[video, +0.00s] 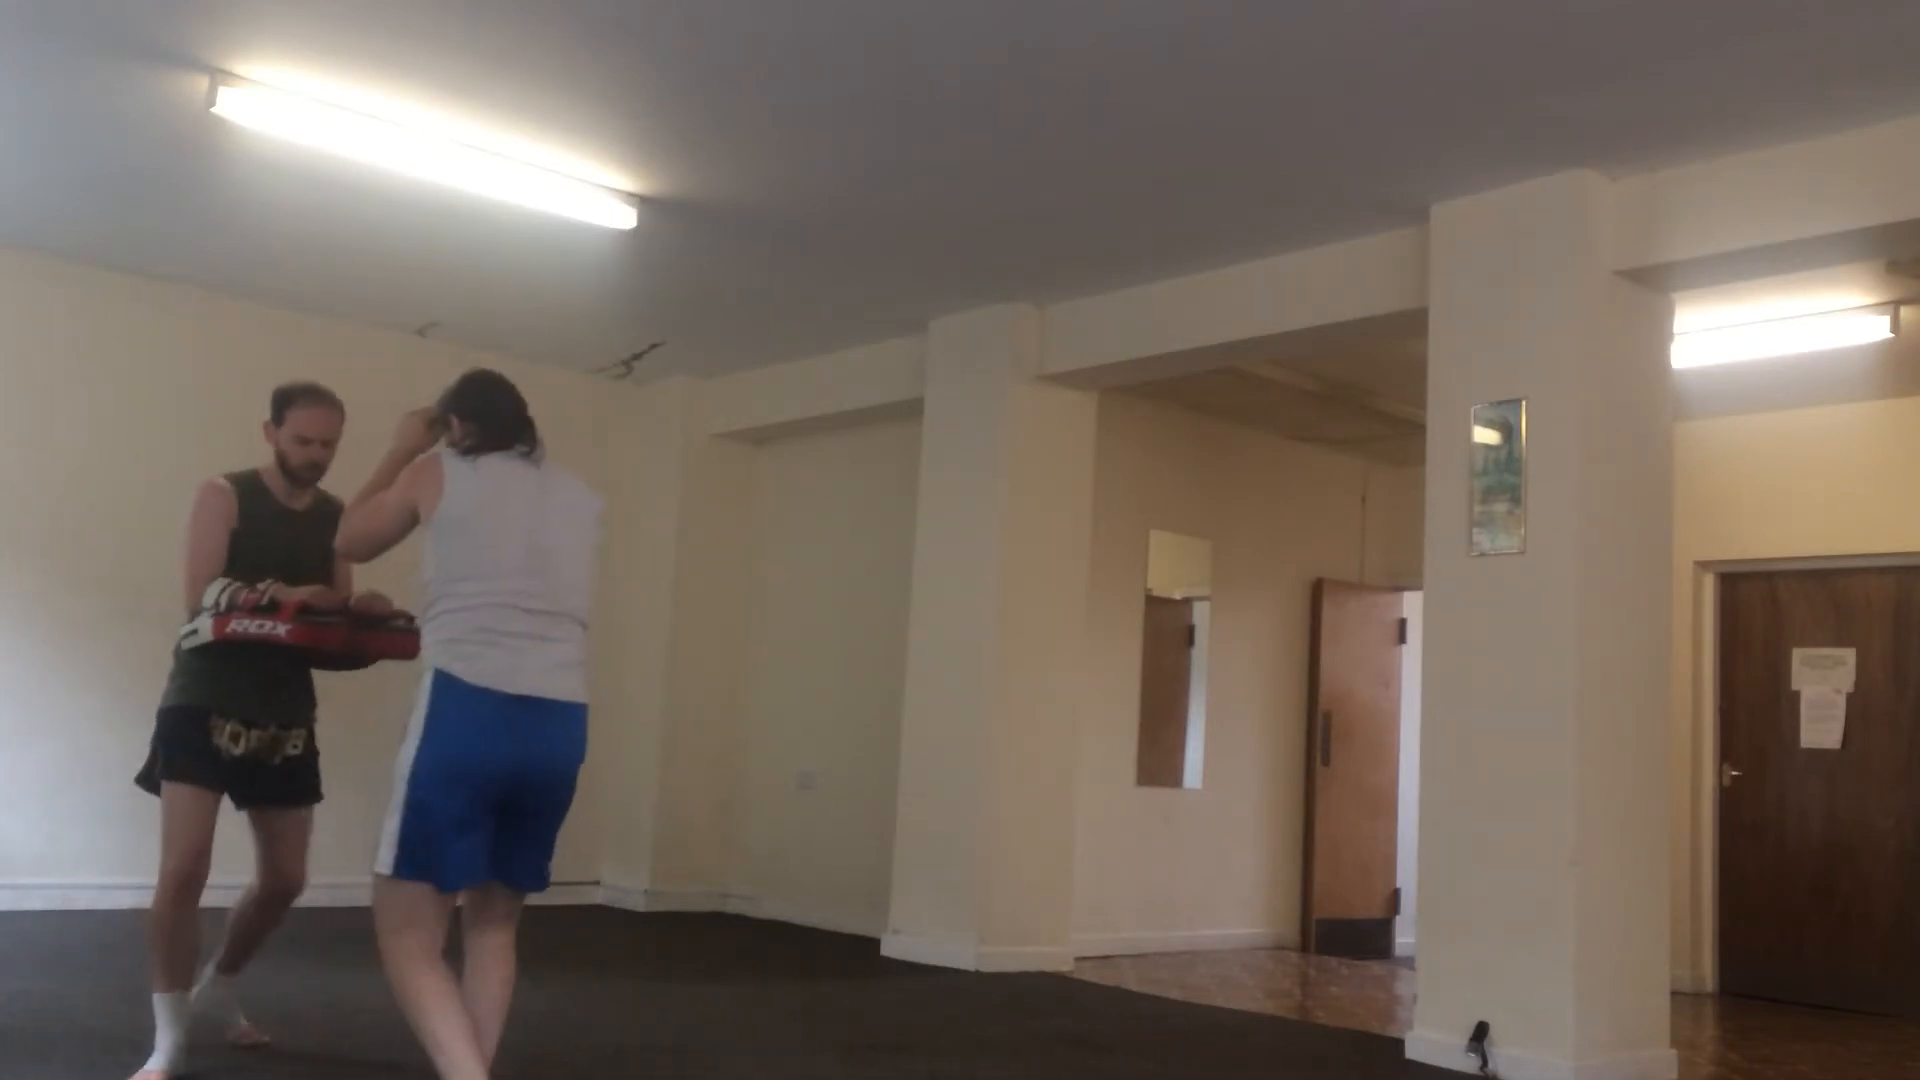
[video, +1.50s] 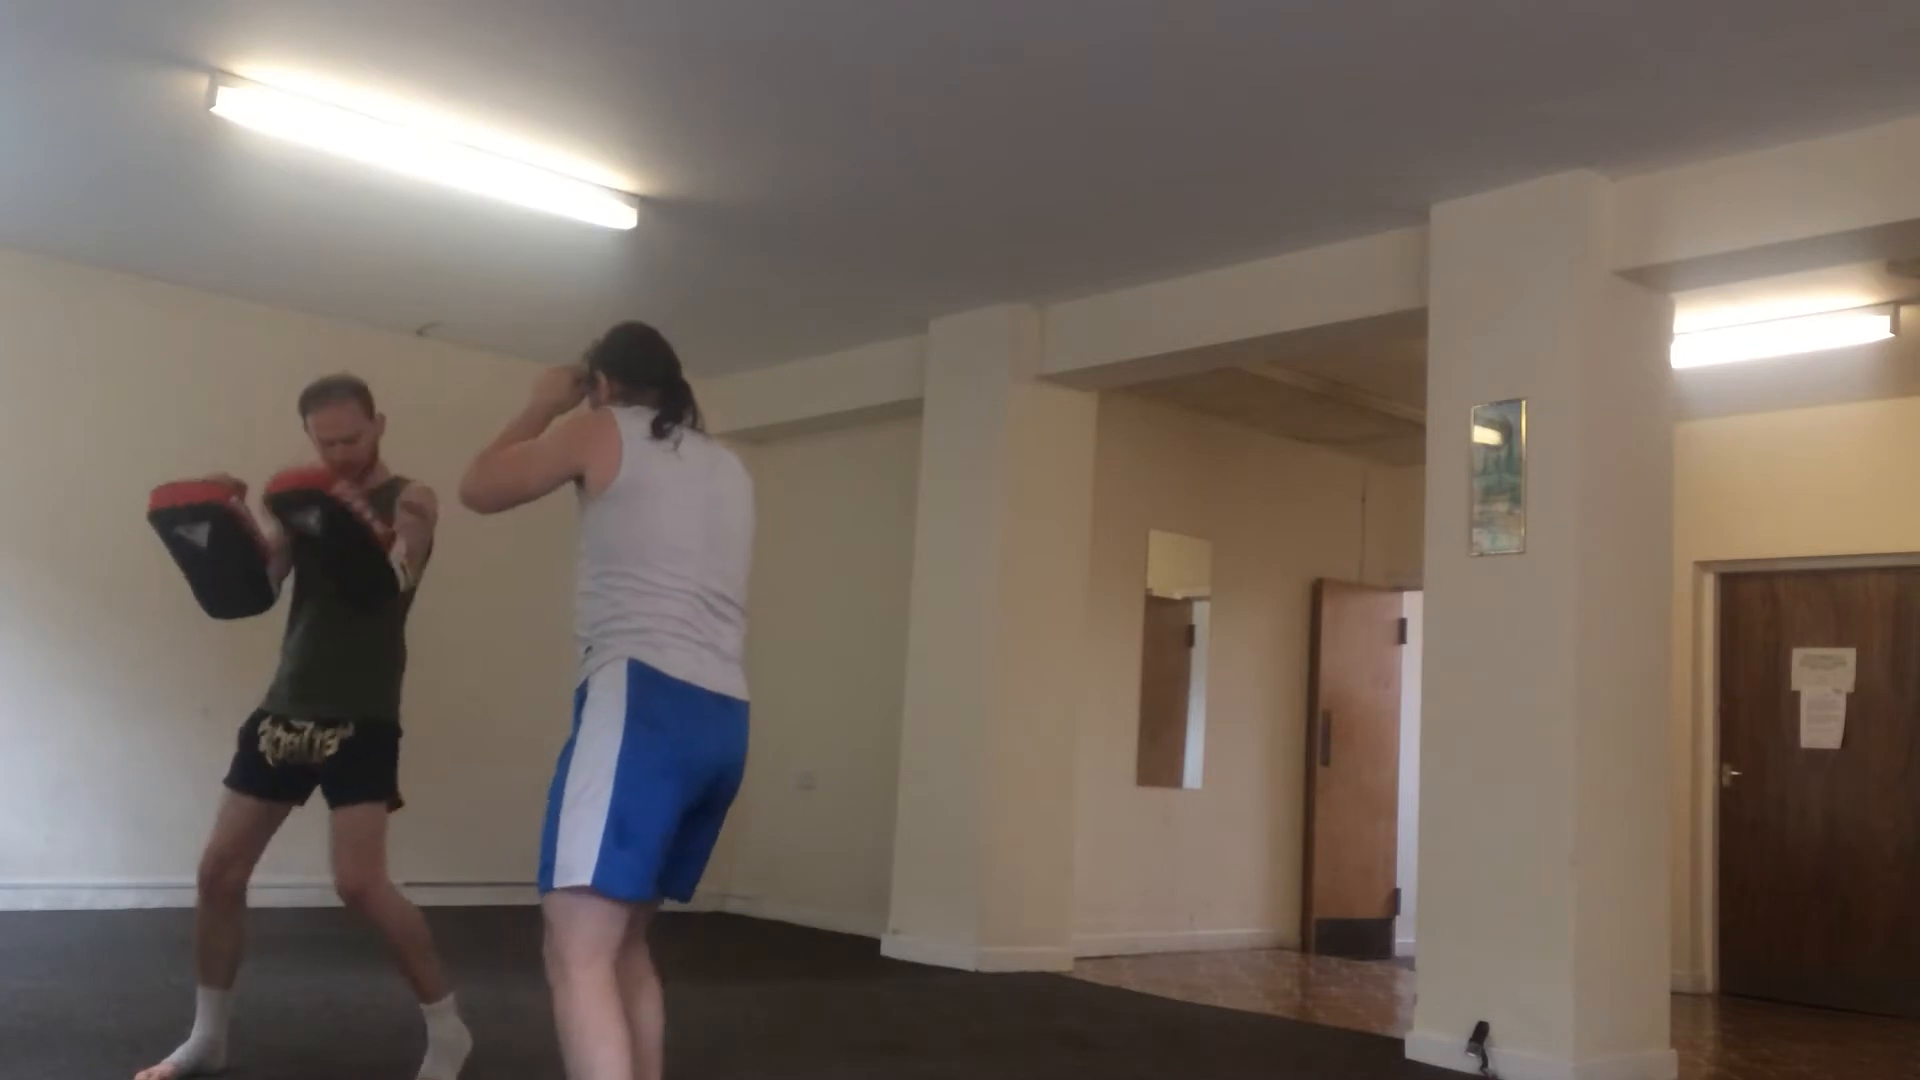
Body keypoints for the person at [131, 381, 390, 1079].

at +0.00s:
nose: (317, 455)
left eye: (329, 445)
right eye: (306, 441)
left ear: (337, 445)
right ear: (271, 432)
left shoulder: (334, 516)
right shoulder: (224, 497)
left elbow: (333, 615)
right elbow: (202, 597)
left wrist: (366, 612)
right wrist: (297, 597)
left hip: (284, 708)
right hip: (205, 702)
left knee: (285, 878)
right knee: (184, 869)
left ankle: (216, 989)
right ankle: (168, 1039)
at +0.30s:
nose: (344, 456)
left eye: (356, 447)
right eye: (335, 440)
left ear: (364, 445)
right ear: (299, 425)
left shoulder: (362, 510)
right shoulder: (237, 493)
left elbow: (408, 587)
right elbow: (207, 603)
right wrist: (291, 570)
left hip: (323, 718)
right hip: (230, 713)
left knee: (367, 880)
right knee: (170, 879)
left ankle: (392, 1046)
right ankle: (174, 1043)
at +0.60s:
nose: (383, 457)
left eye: (396, 445)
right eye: (371, 444)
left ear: (415, 442)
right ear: (346, 439)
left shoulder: (412, 509)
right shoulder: (308, 500)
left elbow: (465, 577)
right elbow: (238, 589)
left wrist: (470, 485)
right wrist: (202, 665)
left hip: (405, 719)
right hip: (331, 719)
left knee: (456, 873)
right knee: (266, 876)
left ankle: (400, 1045)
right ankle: (134, 1017)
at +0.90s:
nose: (402, 436)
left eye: (415, 424)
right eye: (390, 423)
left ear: (437, 428)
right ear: (369, 426)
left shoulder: (442, 507)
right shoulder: (333, 492)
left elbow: (490, 582)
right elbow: (259, 575)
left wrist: (499, 484)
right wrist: (206, 640)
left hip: (423, 712)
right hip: (339, 710)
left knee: (459, 877)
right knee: (262, 872)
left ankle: (400, 1045)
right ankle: (147, 1018)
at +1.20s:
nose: (370, 437)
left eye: (382, 423)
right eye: (356, 424)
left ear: (402, 422)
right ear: (333, 425)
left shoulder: (423, 509)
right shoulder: (295, 498)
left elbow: (438, 608)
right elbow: (251, 605)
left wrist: (449, 528)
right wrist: (232, 545)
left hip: (383, 717)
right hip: (290, 713)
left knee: (413, 884)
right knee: (241, 878)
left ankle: (401, 1050)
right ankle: (209, 1038)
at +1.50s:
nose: (339, 456)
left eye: (349, 440)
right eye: (324, 445)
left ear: (378, 426)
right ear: (307, 440)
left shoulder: (411, 499)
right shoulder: (300, 502)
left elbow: (396, 581)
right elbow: (256, 585)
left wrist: (347, 513)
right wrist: (231, 521)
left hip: (363, 723)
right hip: (284, 715)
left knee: (361, 884)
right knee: (220, 872)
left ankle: (448, 1030)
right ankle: (208, 1038)